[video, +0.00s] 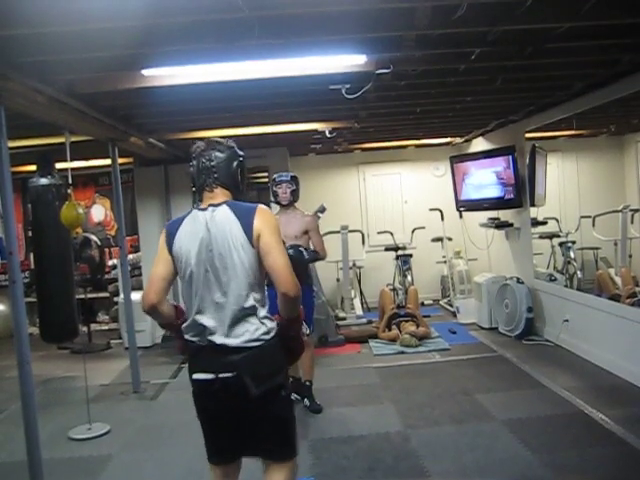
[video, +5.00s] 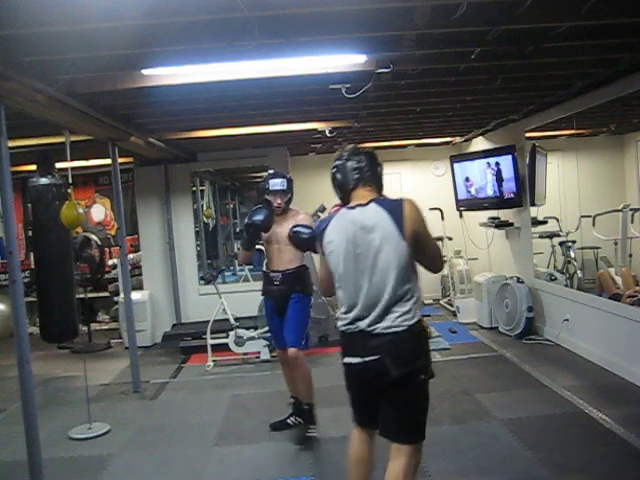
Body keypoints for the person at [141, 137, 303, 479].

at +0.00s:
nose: (243, 175)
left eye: (240, 169)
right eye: (240, 169)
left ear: (196, 179)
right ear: (235, 174)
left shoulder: (174, 229)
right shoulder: (257, 216)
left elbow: (151, 301)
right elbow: (289, 290)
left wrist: (182, 324)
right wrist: (290, 328)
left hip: (206, 372)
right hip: (260, 366)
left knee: (222, 467)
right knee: (279, 463)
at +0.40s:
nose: (278, 180)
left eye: (277, 175)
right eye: (275, 175)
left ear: (231, 180)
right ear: (267, 177)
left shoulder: (209, 226)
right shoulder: (285, 216)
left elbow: (184, 290)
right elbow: (305, 291)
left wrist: (224, 309)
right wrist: (312, 325)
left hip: (233, 362)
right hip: (284, 360)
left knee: (238, 461)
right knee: (302, 457)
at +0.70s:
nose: (307, 174)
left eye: (272, 170)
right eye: (306, 169)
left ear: (267, 176)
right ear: (305, 174)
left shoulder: (247, 221)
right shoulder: (326, 213)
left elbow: (226, 286)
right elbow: (355, 280)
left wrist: (263, 301)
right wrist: (349, 310)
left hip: (270, 354)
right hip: (320, 351)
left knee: (264, 442)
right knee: (317, 445)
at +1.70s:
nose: (312, 179)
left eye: (309, 174)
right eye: (310, 174)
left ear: (272, 182)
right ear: (305, 178)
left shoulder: (255, 224)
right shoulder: (317, 212)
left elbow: (244, 283)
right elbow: (341, 273)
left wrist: (275, 266)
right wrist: (334, 258)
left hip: (277, 332)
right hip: (316, 329)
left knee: (292, 422)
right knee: (336, 422)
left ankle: (296, 478)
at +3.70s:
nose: (322, 182)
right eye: (320, 177)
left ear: (282, 184)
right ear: (317, 179)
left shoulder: (266, 225)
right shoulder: (331, 213)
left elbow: (266, 280)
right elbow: (365, 267)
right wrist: (352, 235)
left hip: (288, 339)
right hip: (330, 337)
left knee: (302, 423)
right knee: (336, 432)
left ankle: (300, 476)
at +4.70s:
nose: (343, 192)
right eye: (343, 186)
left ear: (307, 193)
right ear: (342, 190)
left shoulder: (292, 234)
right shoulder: (356, 222)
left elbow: (290, 288)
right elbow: (389, 276)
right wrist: (367, 244)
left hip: (309, 351)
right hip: (354, 348)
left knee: (314, 426)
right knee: (384, 437)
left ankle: (305, 475)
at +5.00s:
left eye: (339, 179)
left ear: (340, 184)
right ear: (379, 176)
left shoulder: (329, 228)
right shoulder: (404, 210)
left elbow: (326, 288)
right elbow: (435, 263)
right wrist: (403, 234)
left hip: (355, 349)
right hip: (403, 346)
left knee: (361, 429)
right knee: (404, 448)